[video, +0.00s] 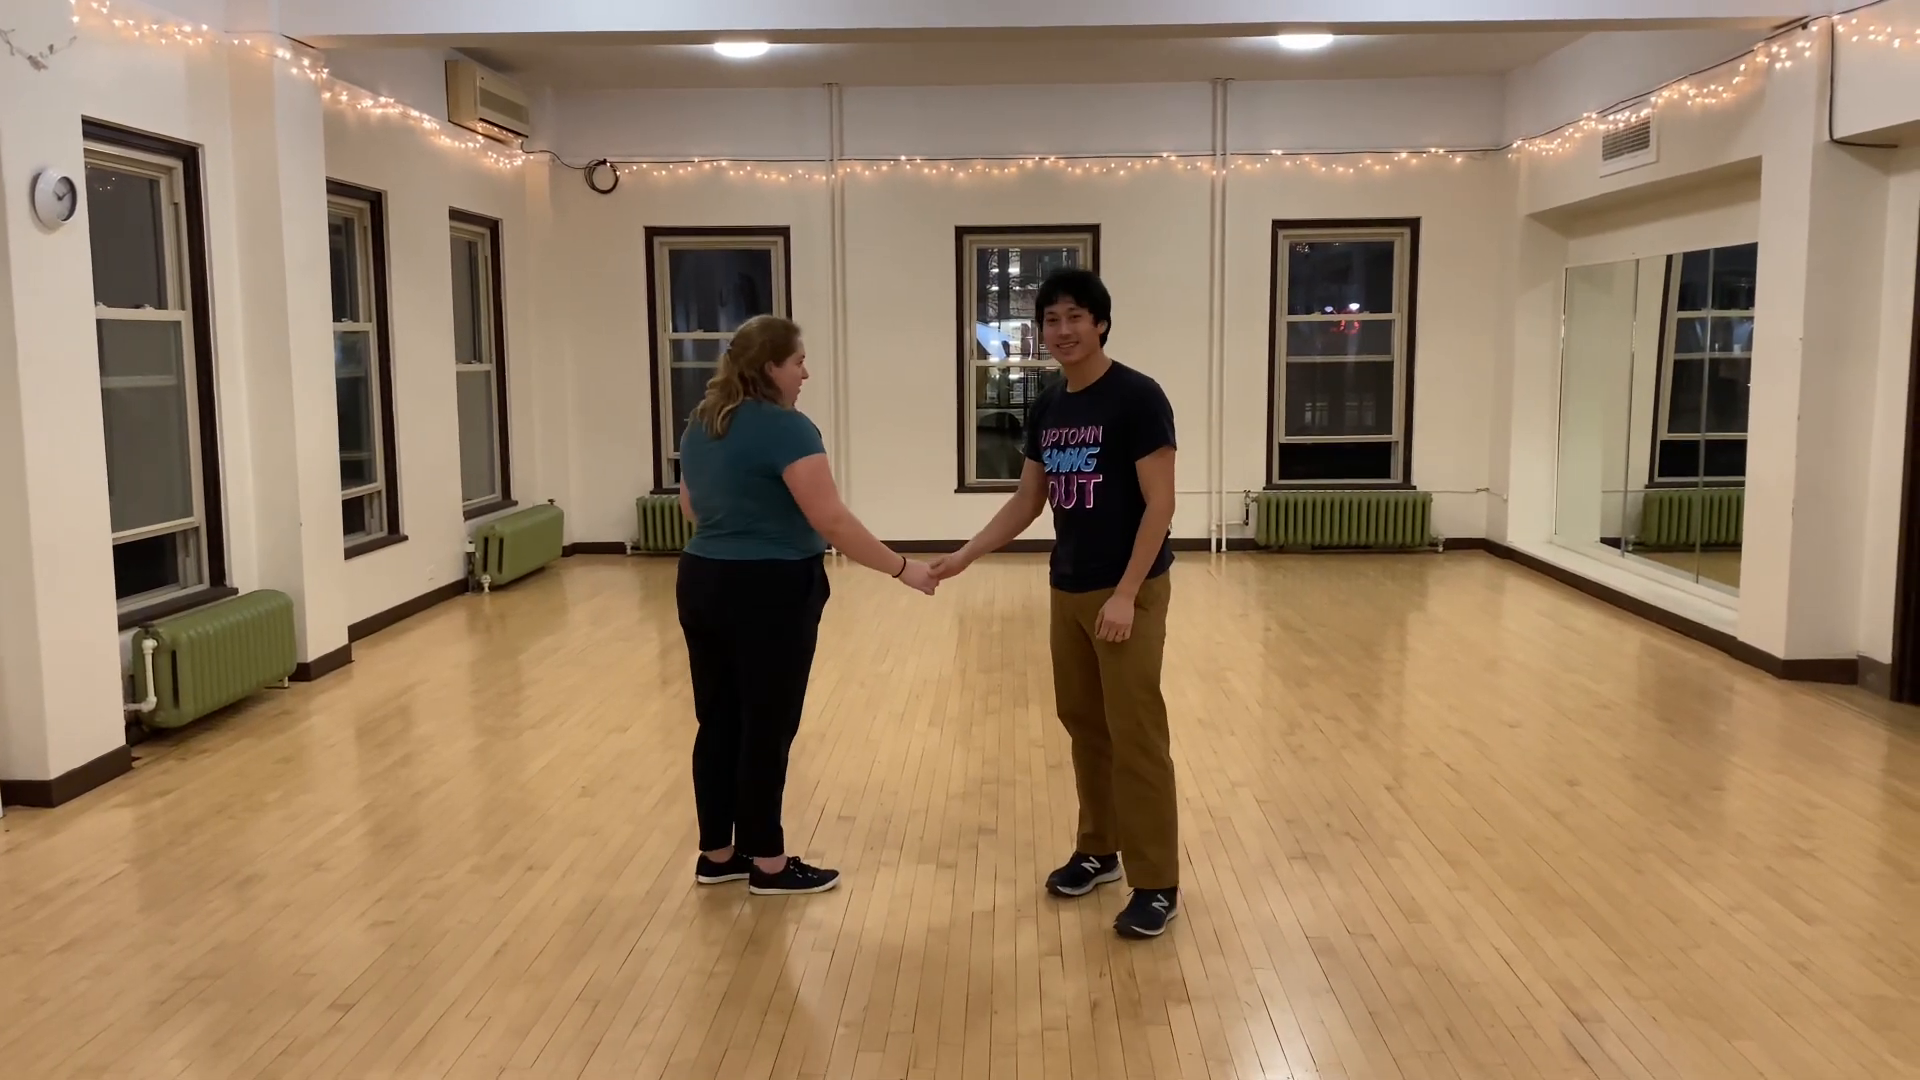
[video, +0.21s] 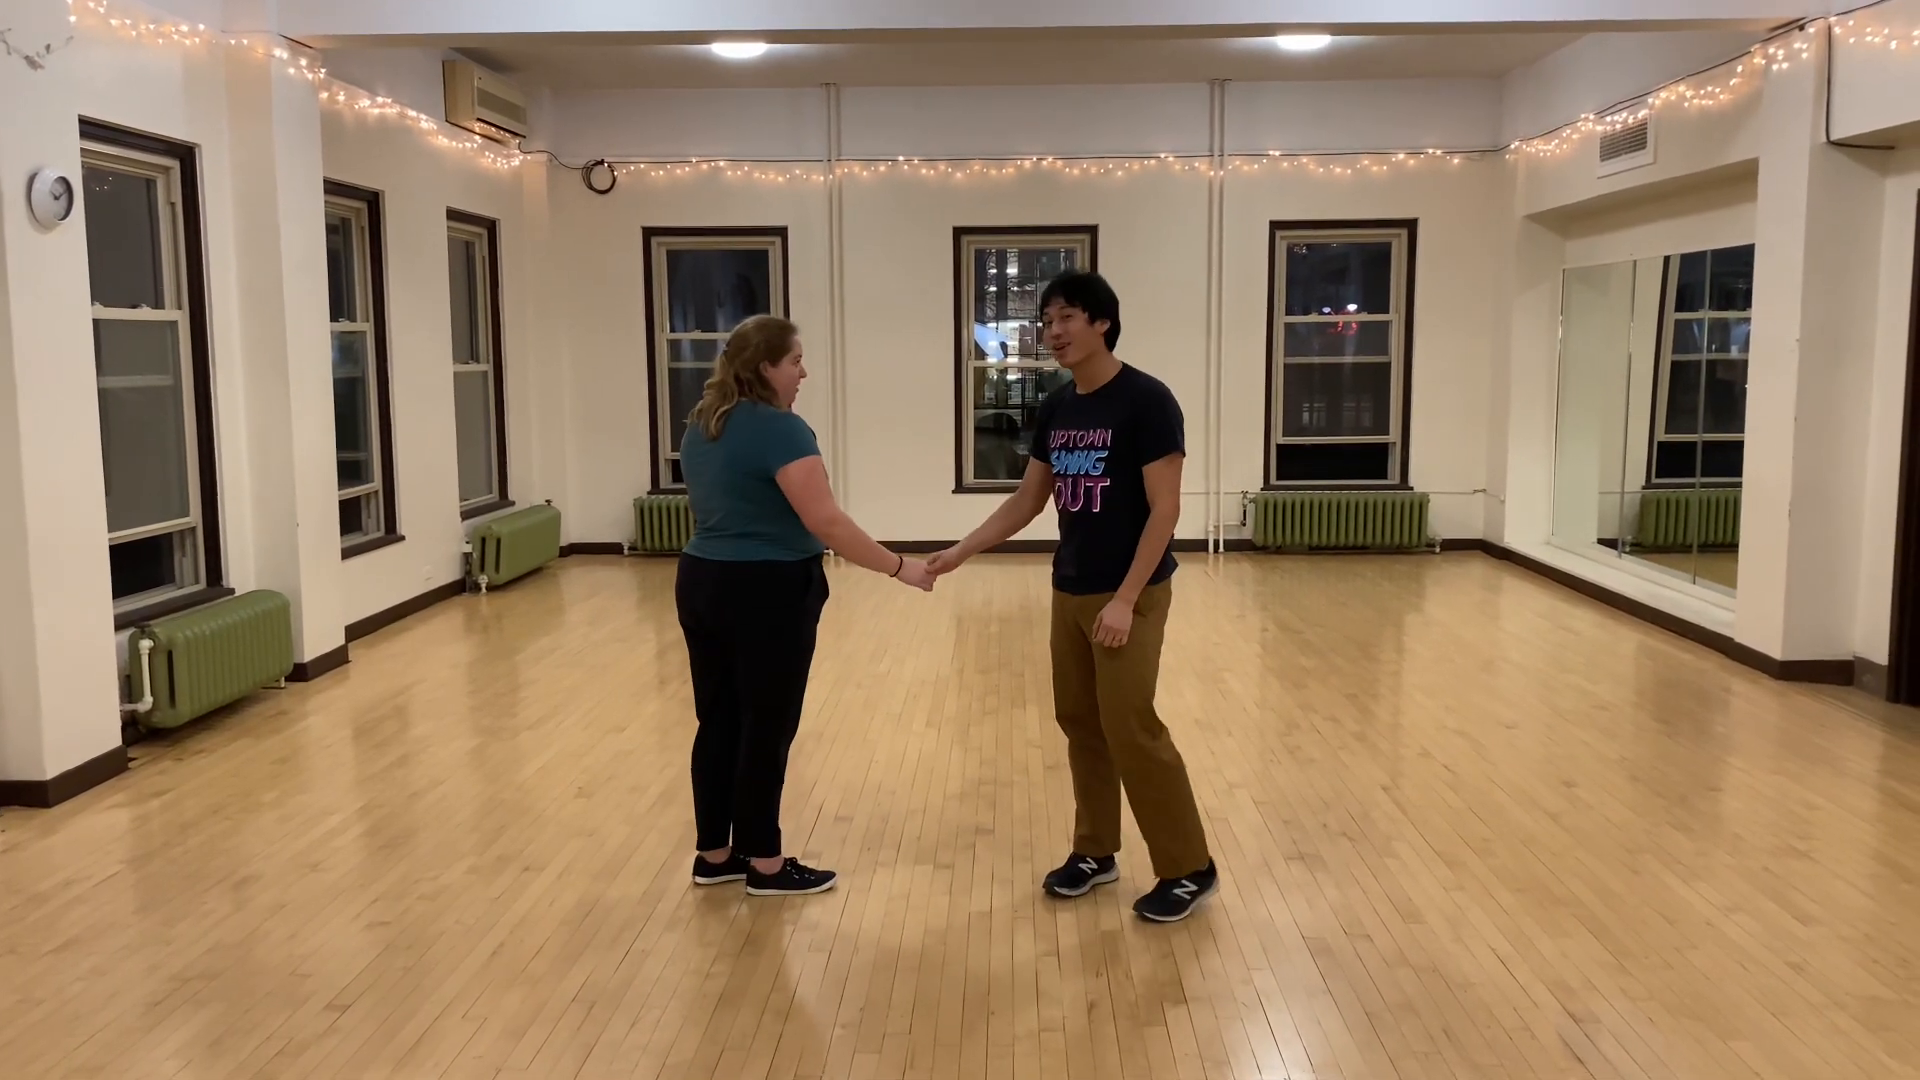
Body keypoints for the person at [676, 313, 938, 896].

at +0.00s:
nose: (805, 372)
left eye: (803, 361)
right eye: (798, 362)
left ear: (744, 367)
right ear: (768, 367)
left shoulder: (701, 424)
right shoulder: (787, 427)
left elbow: (691, 505)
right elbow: (830, 519)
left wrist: (744, 527)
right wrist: (901, 567)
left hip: (705, 584)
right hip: (776, 588)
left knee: (717, 719)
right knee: (769, 724)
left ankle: (717, 852)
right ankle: (768, 862)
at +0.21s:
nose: (804, 372)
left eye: (802, 360)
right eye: (795, 361)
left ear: (743, 368)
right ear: (763, 367)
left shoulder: (702, 425)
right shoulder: (780, 429)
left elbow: (712, 507)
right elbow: (827, 522)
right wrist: (899, 566)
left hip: (705, 585)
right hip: (773, 591)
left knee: (718, 719)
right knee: (768, 726)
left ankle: (715, 852)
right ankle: (766, 863)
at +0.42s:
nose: (801, 372)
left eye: (800, 361)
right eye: (793, 361)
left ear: (741, 368)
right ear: (760, 366)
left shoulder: (701, 425)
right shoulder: (776, 431)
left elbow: (719, 510)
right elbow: (827, 522)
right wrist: (909, 535)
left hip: (704, 585)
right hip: (770, 592)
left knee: (717, 719)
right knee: (768, 725)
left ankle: (712, 852)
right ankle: (763, 863)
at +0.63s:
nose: (797, 370)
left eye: (795, 359)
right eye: (789, 361)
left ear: (739, 368)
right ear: (757, 367)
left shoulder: (693, 429)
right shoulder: (775, 430)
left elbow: (697, 510)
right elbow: (851, 501)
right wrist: (914, 475)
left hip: (700, 585)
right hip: (770, 590)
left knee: (720, 720)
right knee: (768, 725)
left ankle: (712, 853)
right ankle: (762, 863)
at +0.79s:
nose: (790, 368)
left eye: (787, 357)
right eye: (782, 359)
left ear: (729, 368)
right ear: (752, 367)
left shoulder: (685, 427)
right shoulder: (780, 428)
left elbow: (669, 503)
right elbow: (857, 494)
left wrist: (731, 490)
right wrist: (919, 488)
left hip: (694, 587)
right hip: (769, 587)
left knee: (728, 717)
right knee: (767, 723)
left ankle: (713, 844)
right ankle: (762, 862)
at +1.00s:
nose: (772, 371)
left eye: (770, 359)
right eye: (763, 361)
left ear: (710, 371)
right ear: (734, 371)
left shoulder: (671, 429)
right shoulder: (764, 431)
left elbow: (652, 500)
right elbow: (826, 512)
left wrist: (709, 480)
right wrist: (900, 541)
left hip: (682, 589)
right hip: (752, 589)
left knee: (720, 709)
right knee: (767, 724)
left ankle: (686, 831)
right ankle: (763, 863)